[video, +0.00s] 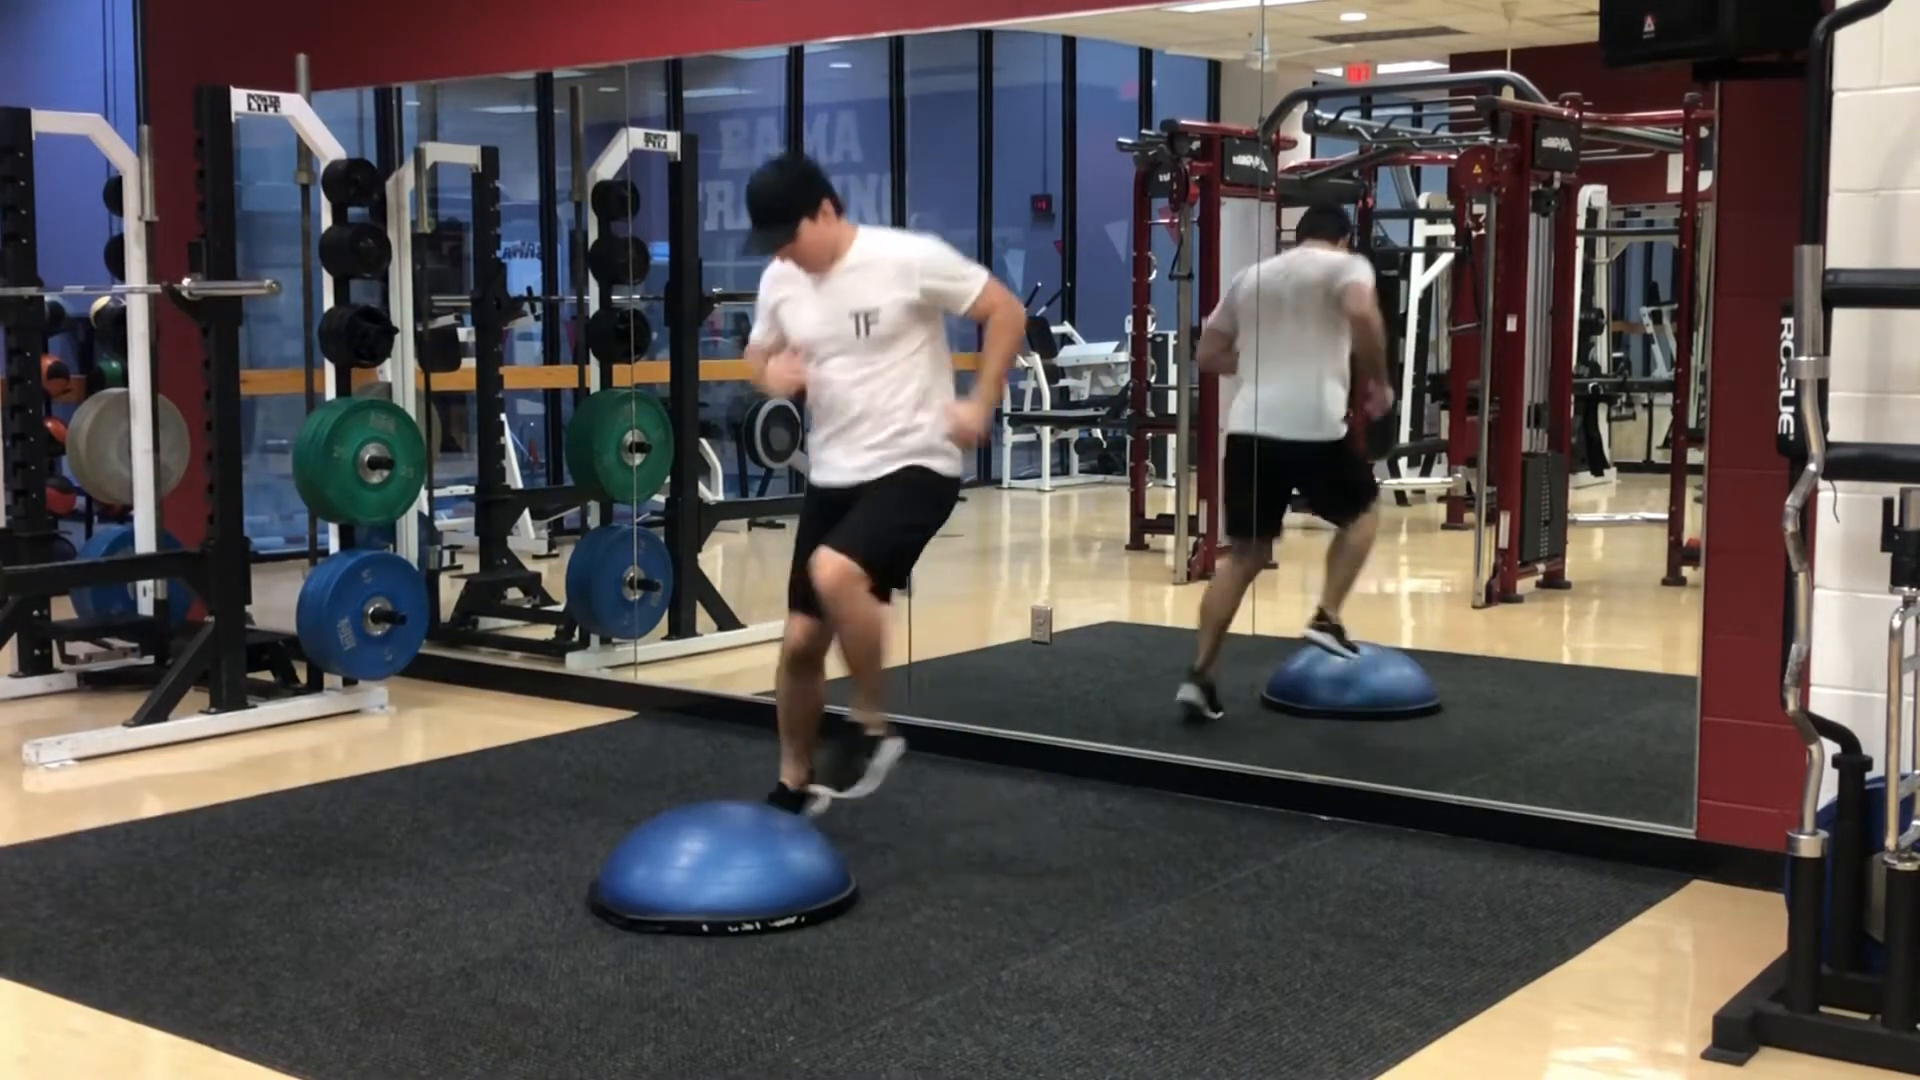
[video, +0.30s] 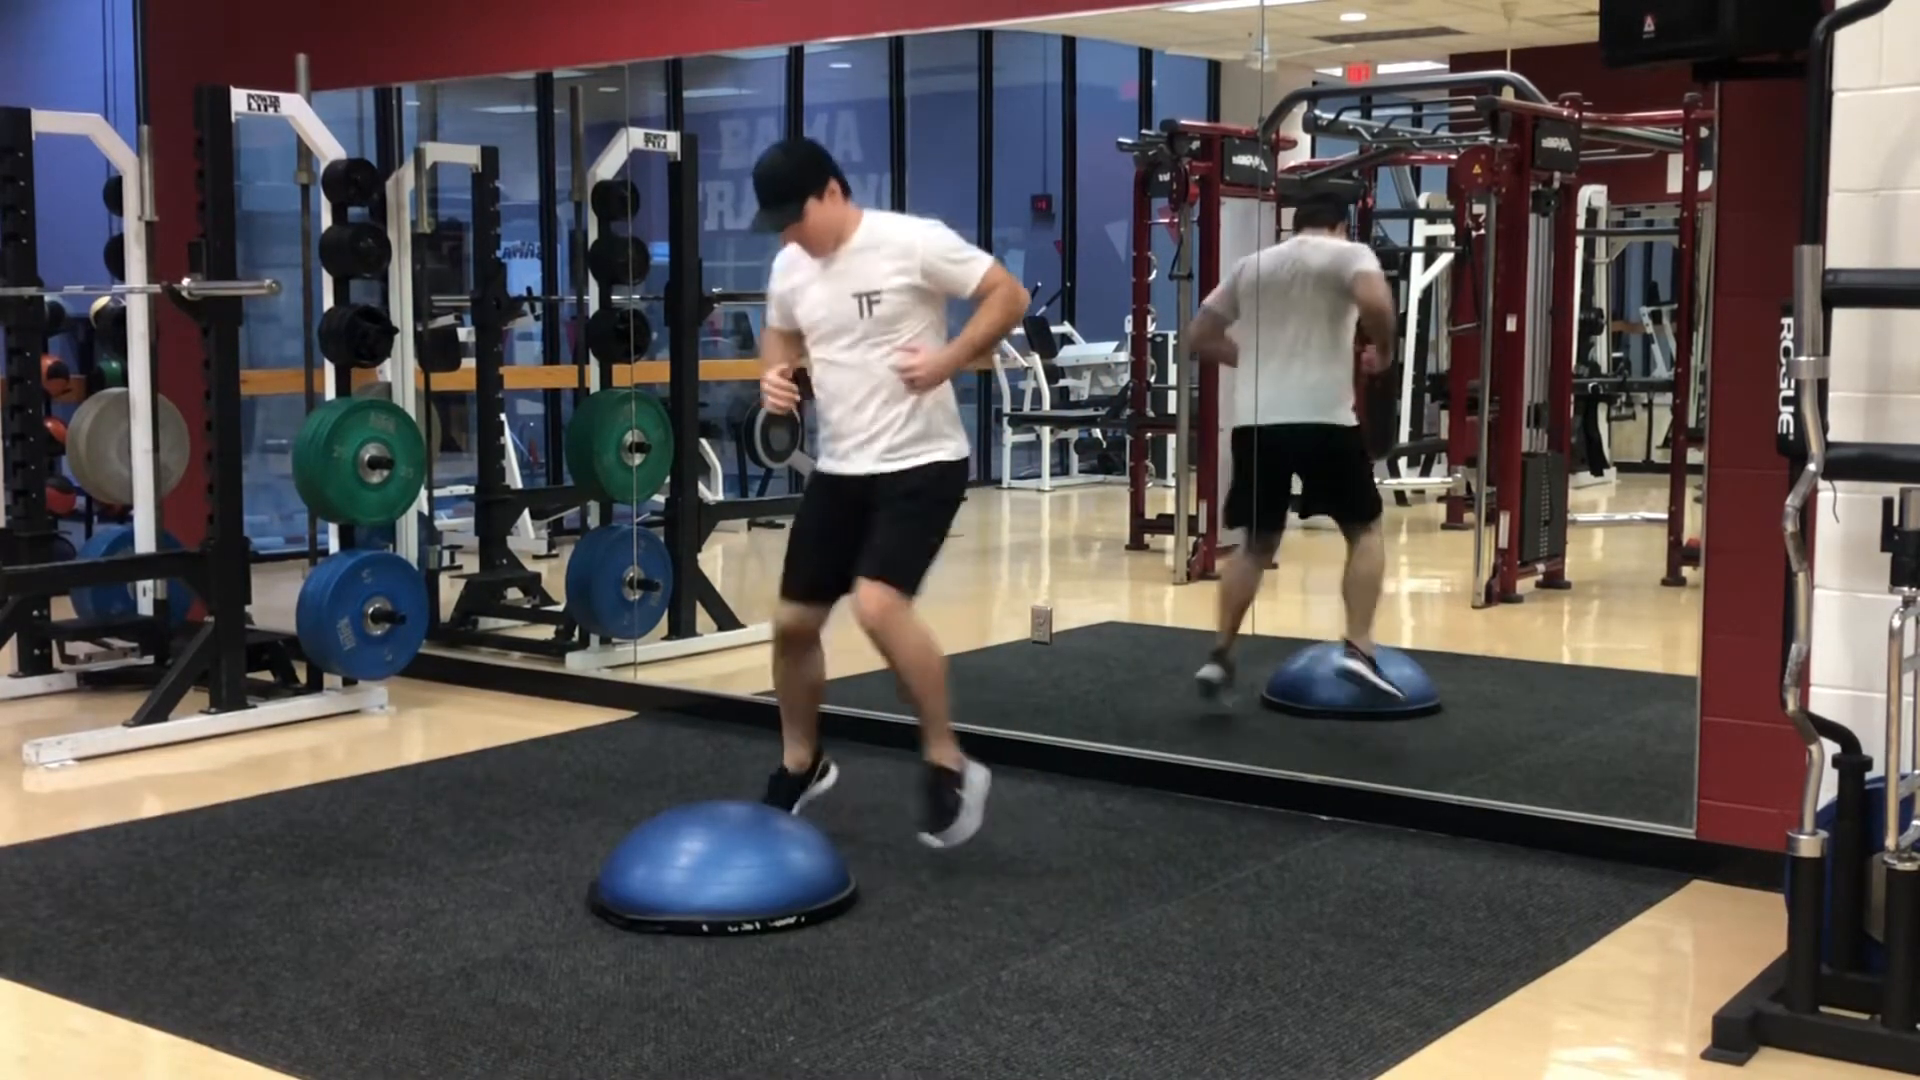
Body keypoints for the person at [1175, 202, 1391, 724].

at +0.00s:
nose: (1348, 248)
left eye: (1341, 241)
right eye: (1348, 242)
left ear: (1299, 236)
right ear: (1343, 239)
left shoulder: (1250, 276)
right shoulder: (1348, 265)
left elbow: (1209, 355)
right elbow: (1361, 314)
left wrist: (1264, 365)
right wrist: (1377, 379)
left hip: (1249, 428)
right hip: (1316, 427)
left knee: (1245, 552)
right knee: (1361, 513)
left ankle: (1200, 675)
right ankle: (1327, 617)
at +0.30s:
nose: (1348, 236)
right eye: (1347, 229)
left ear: (1295, 224)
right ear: (1340, 225)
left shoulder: (1251, 266)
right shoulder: (1351, 255)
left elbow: (1200, 337)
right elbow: (1375, 304)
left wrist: (1256, 358)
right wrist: (1382, 348)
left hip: (1256, 422)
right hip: (1325, 420)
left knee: (1255, 545)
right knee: (1365, 533)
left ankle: (1221, 654)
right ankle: (1358, 650)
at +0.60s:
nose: (1365, 269)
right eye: (1367, 262)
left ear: (1315, 256)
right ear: (1363, 261)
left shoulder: (1273, 296)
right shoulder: (1384, 302)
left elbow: (1219, 363)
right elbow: (1406, 390)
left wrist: (1241, 417)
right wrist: (1370, 381)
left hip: (1272, 461)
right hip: (1341, 463)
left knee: (1297, 530)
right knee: (1370, 591)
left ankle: (1304, 633)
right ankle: (1380, 715)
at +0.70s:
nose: (1358, 241)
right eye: (1358, 233)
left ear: (1305, 227)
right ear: (1351, 231)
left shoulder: (1259, 266)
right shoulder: (1367, 270)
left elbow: (1207, 331)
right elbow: (1393, 349)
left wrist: (1244, 377)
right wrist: (1362, 368)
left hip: (1258, 431)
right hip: (1329, 433)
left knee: (1274, 524)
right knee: (1360, 557)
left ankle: (1238, 636)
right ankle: (1372, 677)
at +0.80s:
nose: (1344, 243)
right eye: (1344, 236)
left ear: (1295, 232)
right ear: (1341, 235)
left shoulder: (1248, 270)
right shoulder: (1349, 266)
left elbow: (1198, 344)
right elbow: (1360, 333)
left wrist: (1236, 384)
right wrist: (1356, 385)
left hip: (1241, 421)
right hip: (1308, 424)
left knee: (1246, 545)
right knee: (1358, 518)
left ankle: (1197, 659)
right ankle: (1341, 629)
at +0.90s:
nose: (1330, 271)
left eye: (1328, 266)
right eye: (1330, 265)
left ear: (1280, 259)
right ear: (1324, 261)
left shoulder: (1238, 301)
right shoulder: (1326, 292)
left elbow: (1197, 384)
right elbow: (1329, 350)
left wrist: (1240, 418)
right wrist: (1337, 418)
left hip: (1229, 452)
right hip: (1292, 451)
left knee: (1225, 569)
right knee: (1342, 507)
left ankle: (1180, 690)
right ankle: (1314, 616)